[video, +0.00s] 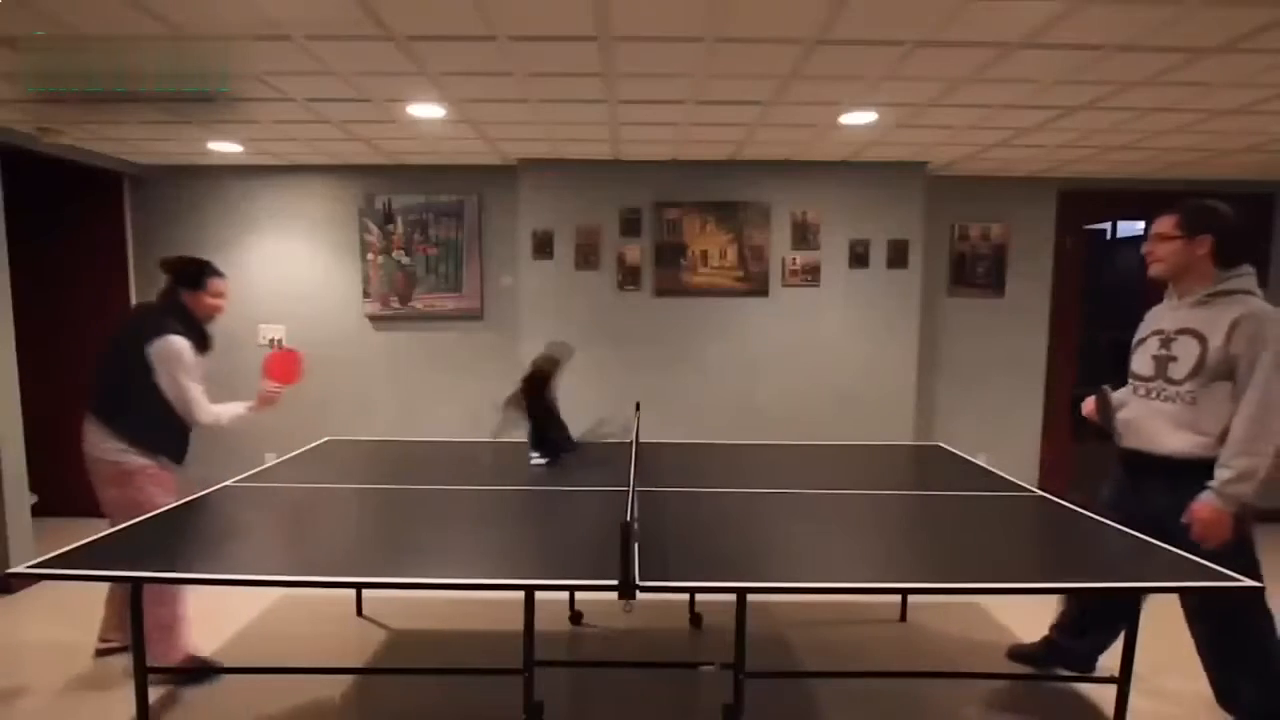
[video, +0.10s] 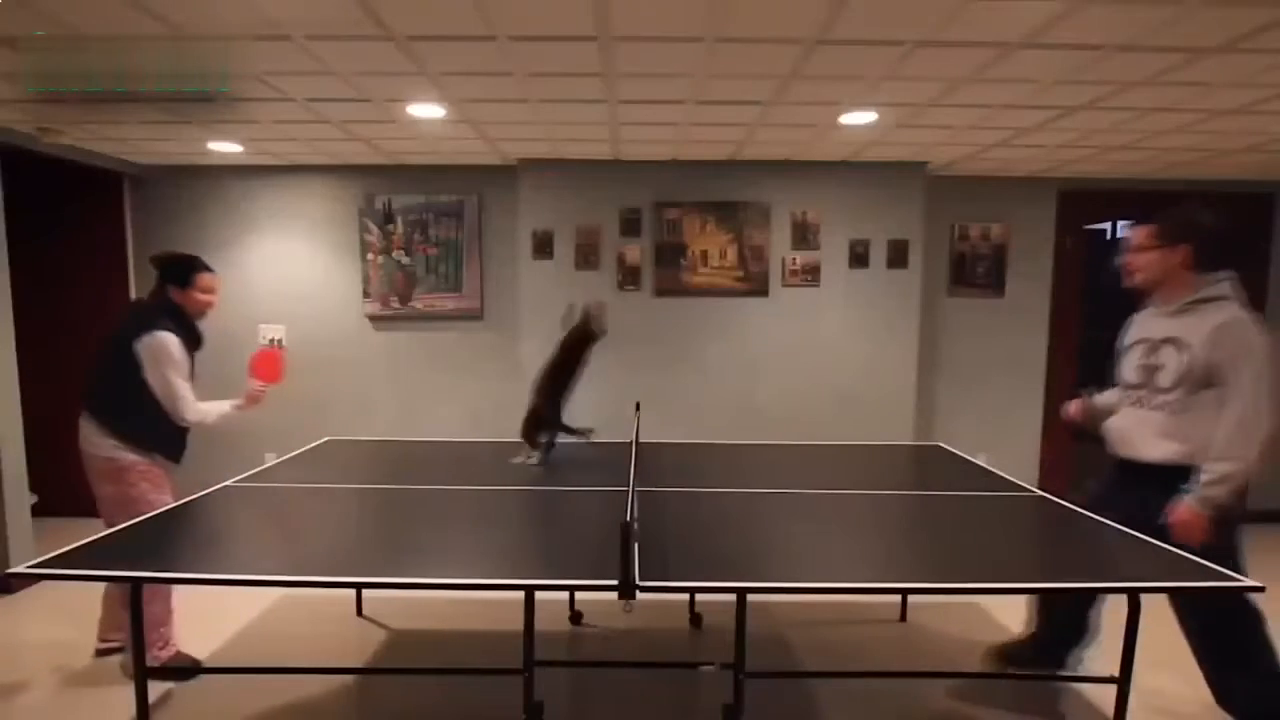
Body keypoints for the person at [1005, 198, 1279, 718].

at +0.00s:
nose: (1149, 249)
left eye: (1161, 239)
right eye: (1149, 240)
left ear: (1201, 247)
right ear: (1182, 249)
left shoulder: (1254, 319)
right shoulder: (1156, 315)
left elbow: (1261, 418)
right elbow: (1151, 391)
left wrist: (1225, 495)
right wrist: (1109, 403)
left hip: (1199, 482)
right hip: (1138, 472)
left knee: (1230, 615)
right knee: (1105, 568)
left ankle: (1260, 705)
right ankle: (1069, 649)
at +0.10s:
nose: (1127, 262)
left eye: (1138, 251)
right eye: (1127, 251)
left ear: (1179, 256)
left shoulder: (1232, 323)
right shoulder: (1141, 322)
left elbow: (1250, 420)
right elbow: (1136, 393)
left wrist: (1204, 499)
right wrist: (1091, 405)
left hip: (1188, 485)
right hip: (1126, 476)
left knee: (1217, 617)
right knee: (1073, 553)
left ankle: (1260, 704)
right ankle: (1049, 646)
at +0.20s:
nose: (1082, 276)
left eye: (1093, 264)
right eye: (1081, 266)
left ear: (1130, 265)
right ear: (1086, 273)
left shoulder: (1183, 327)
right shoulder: (1100, 330)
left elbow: (1209, 425)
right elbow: (1100, 398)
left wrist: (1167, 497)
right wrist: (1055, 413)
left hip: (1160, 485)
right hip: (1099, 480)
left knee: (1194, 607)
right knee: (1055, 567)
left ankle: (1257, 705)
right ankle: (1020, 653)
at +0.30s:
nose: (1038, 281)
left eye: (1047, 271)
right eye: (1036, 272)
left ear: (1082, 270)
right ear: (1064, 276)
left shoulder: (1136, 329)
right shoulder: (1064, 327)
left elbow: (1166, 417)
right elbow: (1063, 398)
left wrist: (1138, 491)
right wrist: (1023, 414)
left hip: (1121, 478)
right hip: (1066, 472)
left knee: (1161, 595)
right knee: (1031, 558)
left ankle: (1236, 702)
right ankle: (1021, 649)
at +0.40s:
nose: (1016, 283)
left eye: (1023, 272)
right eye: (1013, 274)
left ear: (1059, 269)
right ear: (1053, 272)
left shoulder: (1121, 324)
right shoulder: (1039, 320)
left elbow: (1155, 403)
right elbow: (1037, 380)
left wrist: (1131, 479)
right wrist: (1008, 407)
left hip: (1103, 470)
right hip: (1050, 463)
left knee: (1126, 583)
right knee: (1025, 554)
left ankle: (1187, 688)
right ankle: (1022, 648)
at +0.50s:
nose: (1017, 277)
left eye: (1026, 266)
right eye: (1014, 268)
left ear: (1064, 263)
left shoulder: (1124, 322)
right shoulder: (1030, 321)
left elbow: (1157, 403)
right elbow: (1001, 387)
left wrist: (1133, 476)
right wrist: (979, 393)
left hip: (1100, 469)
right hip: (1041, 464)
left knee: (1104, 586)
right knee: (1018, 555)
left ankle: (1160, 692)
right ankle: (1022, 647)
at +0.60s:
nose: (1035, 273)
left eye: (1044, 263)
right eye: (1032, 264)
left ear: (1080, 262)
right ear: (1034, 267)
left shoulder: (1133, 321)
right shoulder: (1039, 320)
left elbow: (1168, 404)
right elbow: (994, 359)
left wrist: (1146, 476)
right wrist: (954, 353)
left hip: (1104, 473)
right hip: (1045, 465)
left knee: (1110, 590)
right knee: (1018, 557)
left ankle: (1174, 683)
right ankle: (1022, 647)